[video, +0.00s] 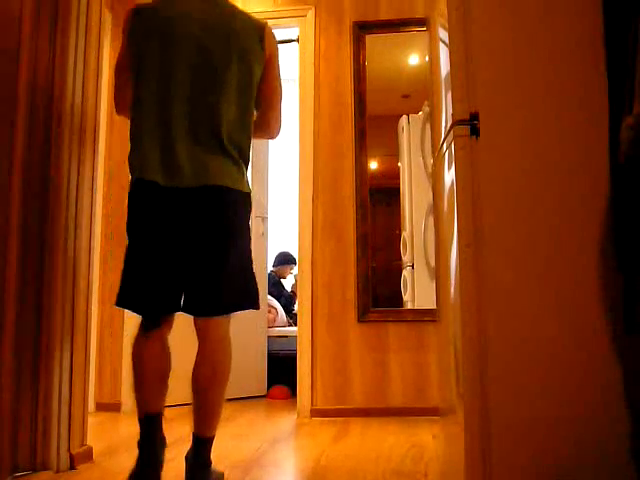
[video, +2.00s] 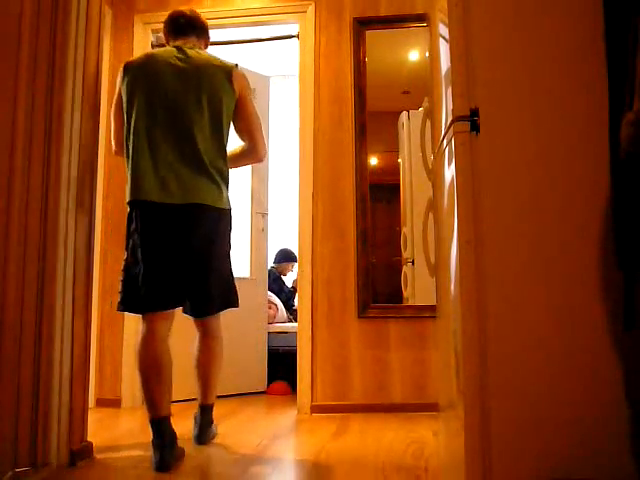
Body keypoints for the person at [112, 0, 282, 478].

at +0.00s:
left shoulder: (145, 17)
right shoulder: (256, 30)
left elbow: (123, 101)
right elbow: (269, 124)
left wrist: (173, 110)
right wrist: (217, 118)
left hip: (154, 190)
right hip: (220, 195)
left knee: (154, 322)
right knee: (213, 326)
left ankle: (150, 452)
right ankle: (200, 463)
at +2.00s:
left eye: (168, 35)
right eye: (203, 40)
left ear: (164, 37)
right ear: (206, 40)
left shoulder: (133, 71)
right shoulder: (229, 74)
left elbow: (119, 144)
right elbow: (256, 149)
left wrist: (159, 154)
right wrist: (216, 161)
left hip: (151, 211)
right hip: (207, 211)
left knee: (155, 324)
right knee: (209, 323)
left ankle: (163, 440)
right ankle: (204, 419)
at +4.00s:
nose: (187, 74)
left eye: (187, 71)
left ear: (187, 72)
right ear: (222, 72)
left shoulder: (166, 93)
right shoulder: (249, 102)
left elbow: (144, 162)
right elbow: (266, 170)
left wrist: (178, 178)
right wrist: (228, 179)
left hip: (174, 218)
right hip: (222, 221)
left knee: (172, 319)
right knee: (214, 322)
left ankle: (174, 421)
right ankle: (204, 422)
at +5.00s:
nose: (215, 69)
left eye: (206, 65)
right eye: (227, 65)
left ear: (200, 70)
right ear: (235, 71)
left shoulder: (177, 97)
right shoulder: (257, 104)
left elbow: (154, 155)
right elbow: (278, 169)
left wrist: (191, 171)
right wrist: (240, 178)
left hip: (183, 218)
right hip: (231, 222)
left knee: (186, 316)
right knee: (220, 324)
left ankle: (186, 410)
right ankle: (205, 422)